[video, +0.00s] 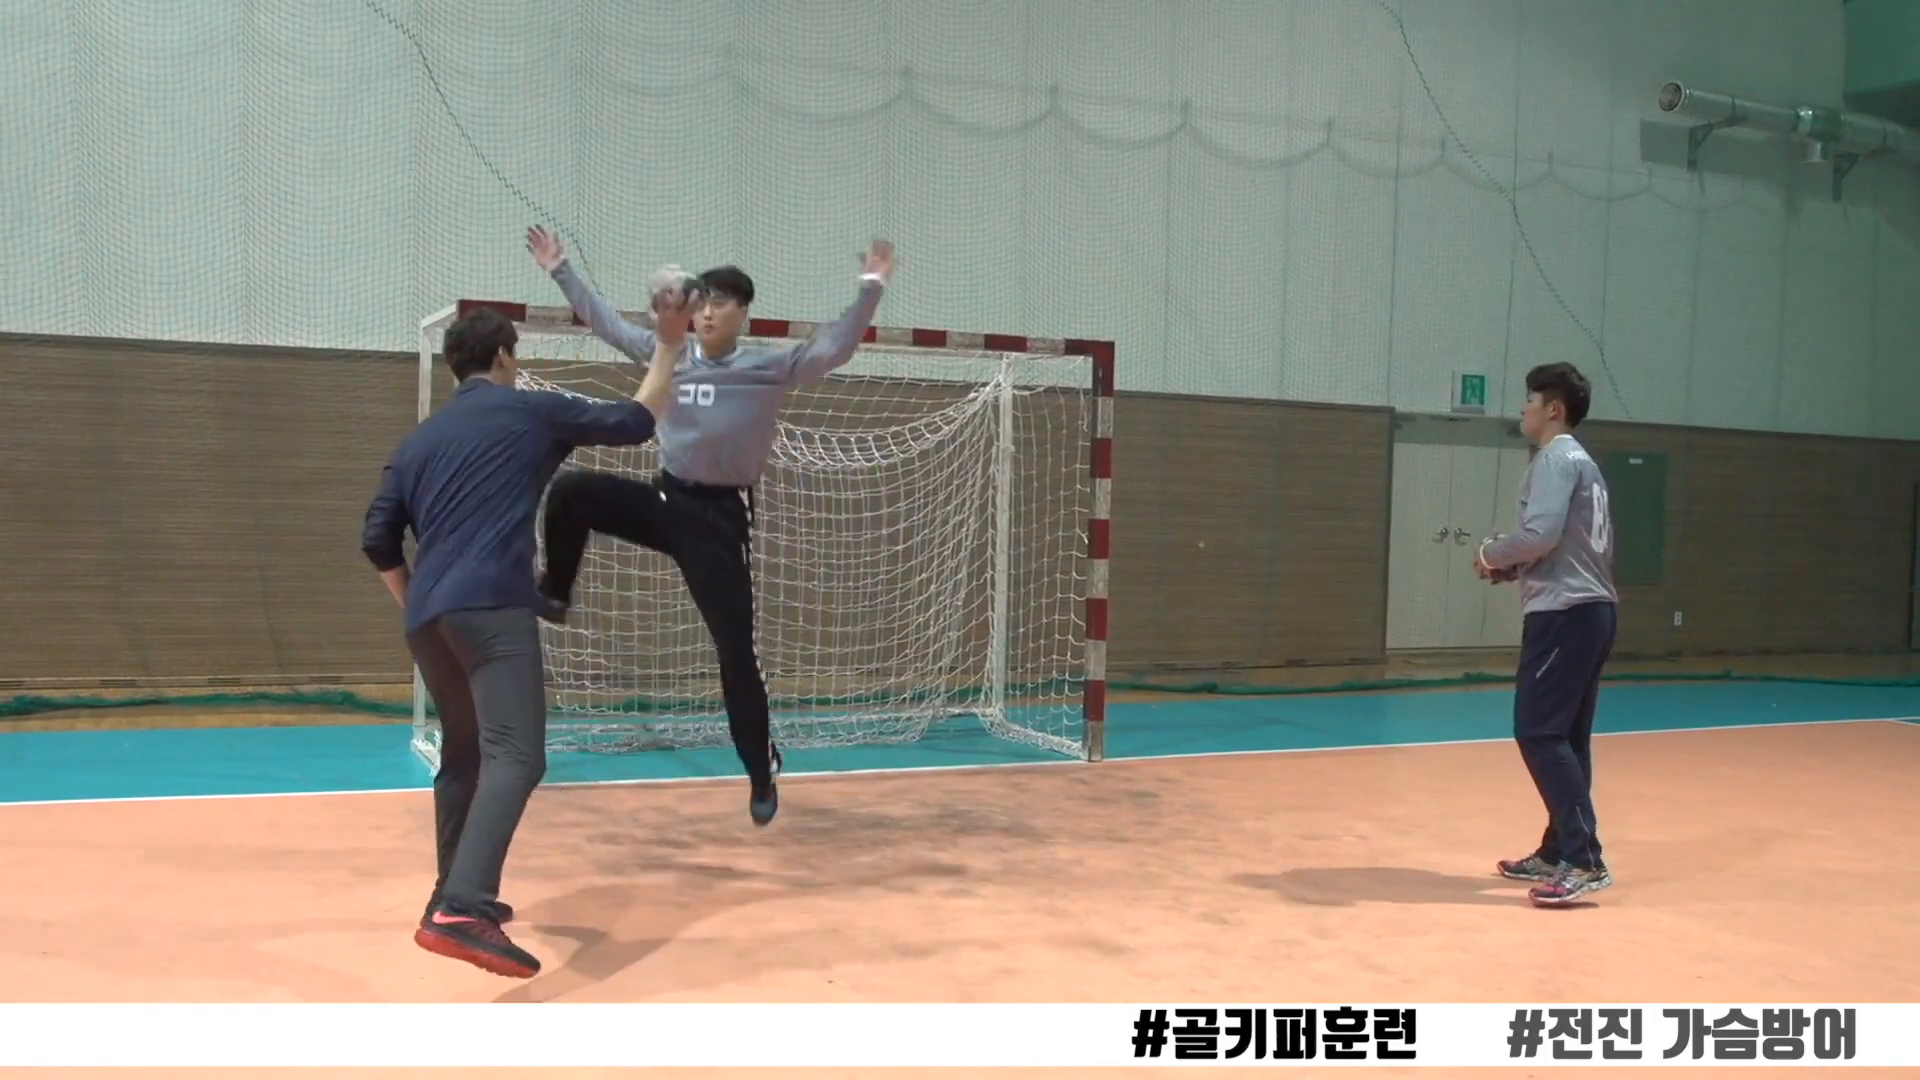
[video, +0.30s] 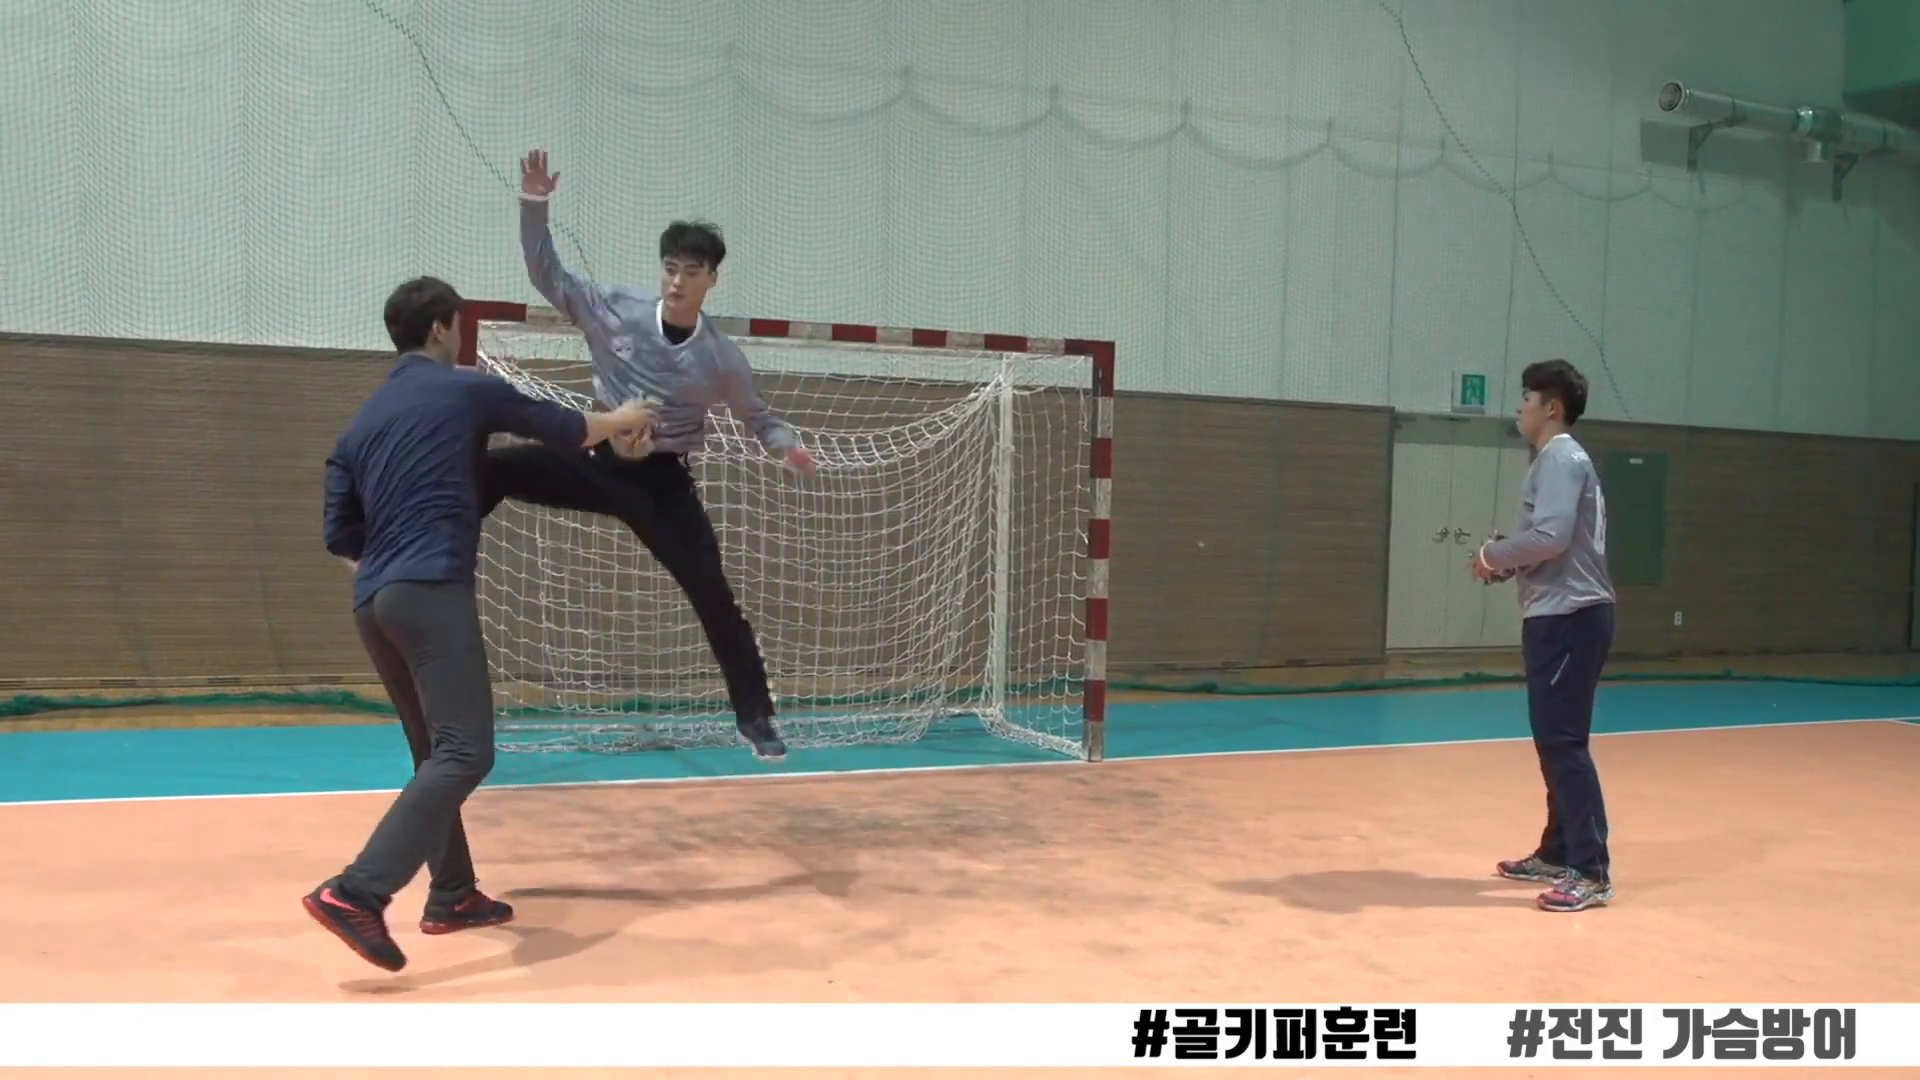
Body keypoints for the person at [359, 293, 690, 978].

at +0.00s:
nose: (520, 365)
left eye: (516, 356)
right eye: (517, 356)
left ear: (455, 366)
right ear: (504, 358)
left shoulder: (419, 439)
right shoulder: (531, 410)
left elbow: (378, 537)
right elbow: (637, 421)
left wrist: (416, 607)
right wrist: (670, 344)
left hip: (425, 613)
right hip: (491, 597)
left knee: (461, 757)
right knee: (515, 755)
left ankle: (453, 903)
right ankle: (464, 908)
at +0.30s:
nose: (464, 338)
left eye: (459, 327)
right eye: (460, 327)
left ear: (398, 337)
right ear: (443, 330)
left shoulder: (359, 424)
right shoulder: (466, 388)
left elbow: (341, 533)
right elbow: (565, 427)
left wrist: (415, 532)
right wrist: (615, 420)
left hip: (374, 596)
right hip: (432, 587)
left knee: (433, 751)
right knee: (466, 752)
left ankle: (453, 896)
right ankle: (354, 894)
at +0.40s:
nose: (438, 334)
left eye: (435, 322)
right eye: (433, 323)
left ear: (375, 331)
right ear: (409, 325)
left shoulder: (340, 418)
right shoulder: (427, 389)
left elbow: (323, 532)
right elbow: (502, 444)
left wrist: (408, 540)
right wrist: (546, 477)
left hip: (356, 603)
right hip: (404, 599)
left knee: (430, 753)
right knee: (434, 765)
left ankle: (452, 895)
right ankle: (313, 900)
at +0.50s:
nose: (408, 336)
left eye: (405, 324)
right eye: (401, 324)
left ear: (353, 330)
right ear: (374, 327)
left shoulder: (322, 410)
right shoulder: (382, 400)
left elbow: (295, 530)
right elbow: (446, 501)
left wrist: (386, 538)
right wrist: (502, 556)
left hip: (335, 607)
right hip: (369, 610)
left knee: (423, 754)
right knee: (386, 777)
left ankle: (450, 896)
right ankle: (279, 923)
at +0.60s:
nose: (385, 340)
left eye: (383, 325)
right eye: (379, 325)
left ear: (333, 330)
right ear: (348, 328)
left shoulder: (294, 407)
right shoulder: (342, 407)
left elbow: (264, 529)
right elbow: (371, 537)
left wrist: (338, 566)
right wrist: (441, 618)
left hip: (293, 618)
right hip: (318, 624)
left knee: (387, 744)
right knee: (346, 780)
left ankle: (436, 891)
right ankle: (267, 935)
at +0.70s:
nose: (360, 339)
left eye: (359, 325)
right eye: (355, 325)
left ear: (309, 327)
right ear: (324, 326)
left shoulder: (275, 397)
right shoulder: (304, 405)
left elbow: (267, 528)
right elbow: (289, 533)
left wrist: (336, 568)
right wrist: (339, 632)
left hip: (274, 613)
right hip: (268, 619)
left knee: (366, 730)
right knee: (324, 772)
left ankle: (346, 891)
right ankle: (266, 936)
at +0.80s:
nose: (331, 325)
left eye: (330, 312)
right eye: (325, 311)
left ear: (283, 317)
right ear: (293, 316)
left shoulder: (268, 387)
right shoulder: (260, 392)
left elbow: (250, 513)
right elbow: (213, 506)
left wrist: (312, 555)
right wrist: (238, 605)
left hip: (250, 614)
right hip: (235, 618)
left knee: (310, 741)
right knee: (289, 759)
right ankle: (267, 935)